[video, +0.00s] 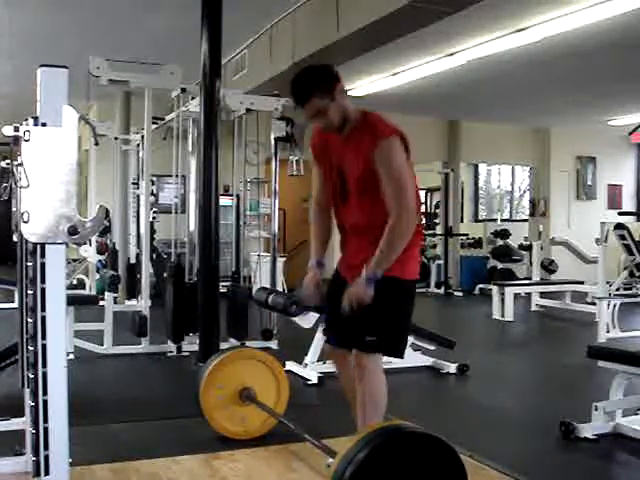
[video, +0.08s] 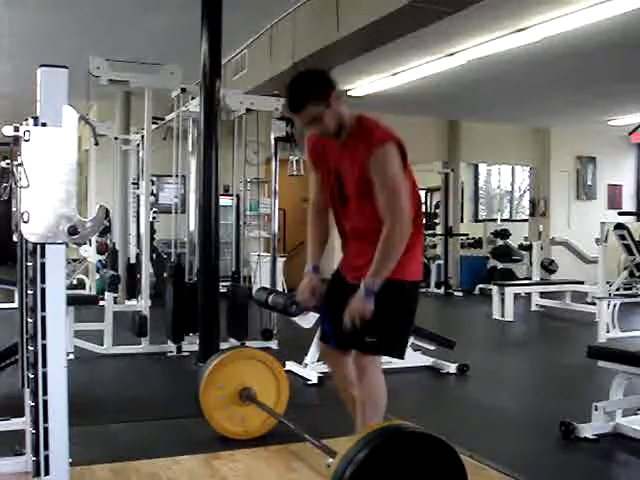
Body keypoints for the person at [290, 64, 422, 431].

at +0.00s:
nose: (320, 123)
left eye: (321, 112)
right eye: (311, 118)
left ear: (340, 90)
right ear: (304, 112)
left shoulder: (381, 137)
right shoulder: (322, 140)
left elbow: (406, 215)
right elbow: (321, 205)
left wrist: (370, 275)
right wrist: (316, 262)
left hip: (392, 267)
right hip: (352, 264)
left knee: (367, 356)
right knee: (338, 350)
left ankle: (369, 449)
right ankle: (369, 438)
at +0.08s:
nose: (314, 131)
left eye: (317, 119)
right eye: (306, 125)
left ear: (336, 99)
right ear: (297, 119)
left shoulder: (378, 143)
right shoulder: (318, 145)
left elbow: (400, 223)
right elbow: (320, 209)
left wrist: (369, 287)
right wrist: (312, 268)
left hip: (394, 270)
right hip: (354, 265)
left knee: (365, 358)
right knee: (334, 350)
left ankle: (368, 449)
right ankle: (368, 434)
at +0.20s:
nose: (299, 158)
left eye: (302, 147)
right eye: (291, 152)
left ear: (318, 129)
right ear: (286, 145)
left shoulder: (362, 162)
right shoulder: (308, 168)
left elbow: (379, 251)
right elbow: (309, 225)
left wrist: (365, 328)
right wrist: (304, 287)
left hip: (402, 267)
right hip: (361, 263)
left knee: (367, 354)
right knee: (327, 339)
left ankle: (370, 448)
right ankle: (348, 429)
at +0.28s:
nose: (286, 202)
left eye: (288, 191)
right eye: (279, 196)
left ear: (305, 166)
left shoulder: (351, 195)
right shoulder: (293, 198)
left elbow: (367, 288)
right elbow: (297, 261)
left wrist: (366, 369)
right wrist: (295, 323)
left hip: (407, 266)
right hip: (362, 265)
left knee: (372, 362)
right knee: (335, 352)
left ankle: (367, 453)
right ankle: (327, 443)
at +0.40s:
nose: (283, 240)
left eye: (284, 230)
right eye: (275, 236)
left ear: (298, 204)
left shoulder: (346, 223)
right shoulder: (287, 229)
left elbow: (369, 321)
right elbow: (291, 291)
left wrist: (374, 398)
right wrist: (291, 358)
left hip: (406, 271)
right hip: (359, 271)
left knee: (369, 356)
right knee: (330, 349)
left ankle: (365, 452)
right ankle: (324, 444)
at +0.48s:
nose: (281, 257)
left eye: (282, 246)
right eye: (273, 252)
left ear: (296, 220)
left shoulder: (346, 237)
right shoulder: (285, 242)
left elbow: (375, 337)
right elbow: (289, 311)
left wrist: (377, 408)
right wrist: (290, 375)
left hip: (406, 273)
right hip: (357, 274)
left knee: (369, 356)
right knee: (327, 349)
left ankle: (365, 450)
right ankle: (324, 445)